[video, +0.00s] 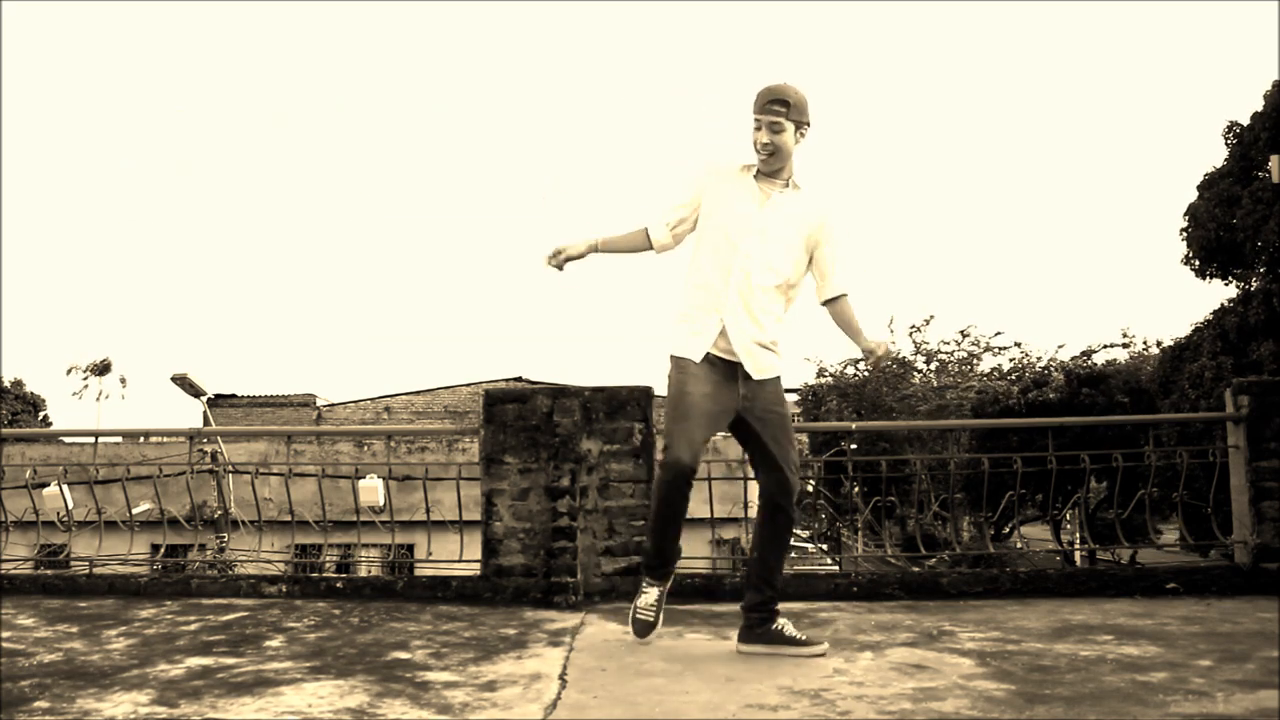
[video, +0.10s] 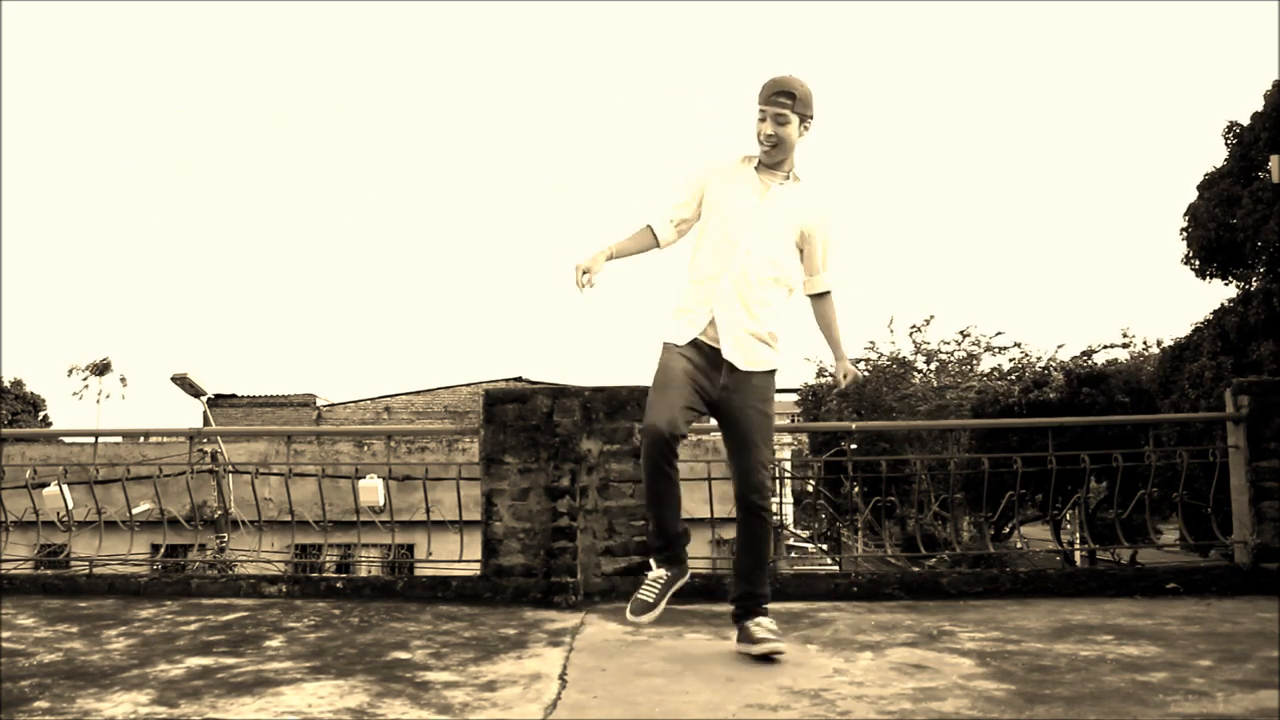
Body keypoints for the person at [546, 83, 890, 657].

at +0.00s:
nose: (764, 136)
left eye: (776, 128)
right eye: (758, 126)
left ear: (799, 135)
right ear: (750, 130)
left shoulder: (811, 216)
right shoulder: (718, 182)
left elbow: (834, 294)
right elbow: (660, 234)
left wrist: (867, 342)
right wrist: (588, 246)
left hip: (761, 363)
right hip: (699, 352)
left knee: (783, 486)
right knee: (679, 462)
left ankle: (759, 620)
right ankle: (655, 579)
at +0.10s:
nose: (768, 128)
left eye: (781, 120)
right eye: (763, 117)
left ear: (803, 128)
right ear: (754, 122)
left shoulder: (808, 208)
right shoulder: (720, 175)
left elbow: (819, 290)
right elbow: (667, 228)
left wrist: (840, 355)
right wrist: (605, 253)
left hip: (751, 358)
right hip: (689, 342)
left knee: (755, 492)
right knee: (658, 430)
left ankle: (753, 614)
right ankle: (668, 563)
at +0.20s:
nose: (763, 127)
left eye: (775, 119)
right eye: (758, 116)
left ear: (798, 128)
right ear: (749, 122)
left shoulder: (806, 206)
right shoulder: (716, 177)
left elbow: (813, 282)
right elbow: (648, 218)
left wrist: (852, 346)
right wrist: (582, 225)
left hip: (753, 353)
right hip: (695, 339)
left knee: (730, 488)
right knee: (648, 409)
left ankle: (738, 621)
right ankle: (653, 562)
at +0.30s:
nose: (751, 124)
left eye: (764, 116)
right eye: (747, 114)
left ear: (790, 123)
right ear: (741, 118)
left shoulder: (804, 201)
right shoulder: (712, 175)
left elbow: (842, 272)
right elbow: (632, 204)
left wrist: (897, 321)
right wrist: (558, 204)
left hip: (756, 342)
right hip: (695, 329)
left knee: (728, 475)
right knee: (677, 422)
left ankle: (716, 612)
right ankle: (674, 563)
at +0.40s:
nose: (743, 120)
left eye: (754, 111)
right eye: (737, 112)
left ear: (784, 118)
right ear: (733, 118)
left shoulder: (804, 202)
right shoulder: (708, 175)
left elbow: (865, 259)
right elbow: (634, 205)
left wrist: (934, 289)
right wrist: (558, 201)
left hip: (755, 347)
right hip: (698, 335)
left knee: (733, 473)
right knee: (730, 455)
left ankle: (643, 591)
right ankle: (727, 600)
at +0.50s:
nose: (741, 143)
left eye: (752, 133)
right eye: (736, 135)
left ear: (782, 140)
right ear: (733, 143)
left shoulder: (808, 213)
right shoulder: (713, 196)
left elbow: (866, 253)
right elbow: (650, 225)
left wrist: (896, 231)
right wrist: (584, 212)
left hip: (749, 363)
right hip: (708, 353)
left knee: (751, 498)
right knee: (773, 480)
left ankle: (647, 593)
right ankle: (765, 628)